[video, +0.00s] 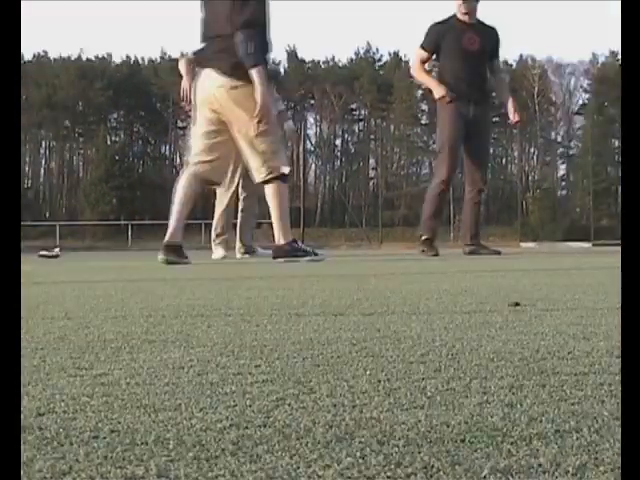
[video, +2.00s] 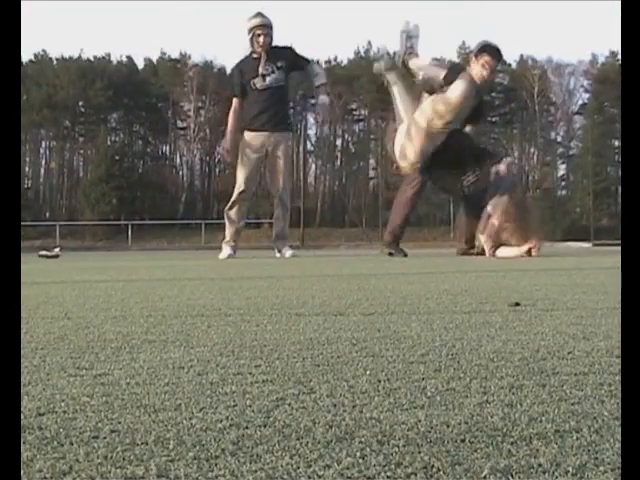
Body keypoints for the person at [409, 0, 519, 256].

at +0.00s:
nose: (465, 5)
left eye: (470, 2)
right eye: (462, 2)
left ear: (477, 3)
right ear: (455, 4)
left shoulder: (490, 34)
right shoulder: (440, 29)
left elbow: (497, 74)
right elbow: (416, 67)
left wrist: (509, 103)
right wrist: (435, 86)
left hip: (480, 108)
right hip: (451, 105)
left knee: (476, 180)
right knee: (444, 173)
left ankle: (471, 242)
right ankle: (427, 237)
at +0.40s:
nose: (441, 2)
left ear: (452, 1)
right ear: (432, 1)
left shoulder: (465, 28)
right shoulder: (415, 25)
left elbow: (469, 69)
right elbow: (394, 63)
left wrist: (475, 96)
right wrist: (393, 92)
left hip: (455, 108)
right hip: (426, 106)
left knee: (465, 175)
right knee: (427, 176)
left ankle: (460, 241)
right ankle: (422, 240)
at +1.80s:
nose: (463, 39)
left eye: (469, 35)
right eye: (460, 31)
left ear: (474, 36)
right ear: (451, 28)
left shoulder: (469, 67)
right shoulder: (425, 50)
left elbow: (459, 107)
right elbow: (396, 91)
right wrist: (406, 126)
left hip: (434, 122)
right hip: (408, 119)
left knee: (461, 170)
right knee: (409, 170)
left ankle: (465, 243)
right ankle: (394, 242)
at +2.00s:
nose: (487, 71)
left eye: (492, 68)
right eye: (484, 64)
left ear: (495, 72)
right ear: (473, 60)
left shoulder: (479, 104)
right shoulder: (453, 75)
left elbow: (469, 130)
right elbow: (423, 68)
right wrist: (410, 60)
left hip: (449, 138)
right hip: (424, 131)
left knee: (479, 175)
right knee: (415, 180)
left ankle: (468, 243)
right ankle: (391, 240)